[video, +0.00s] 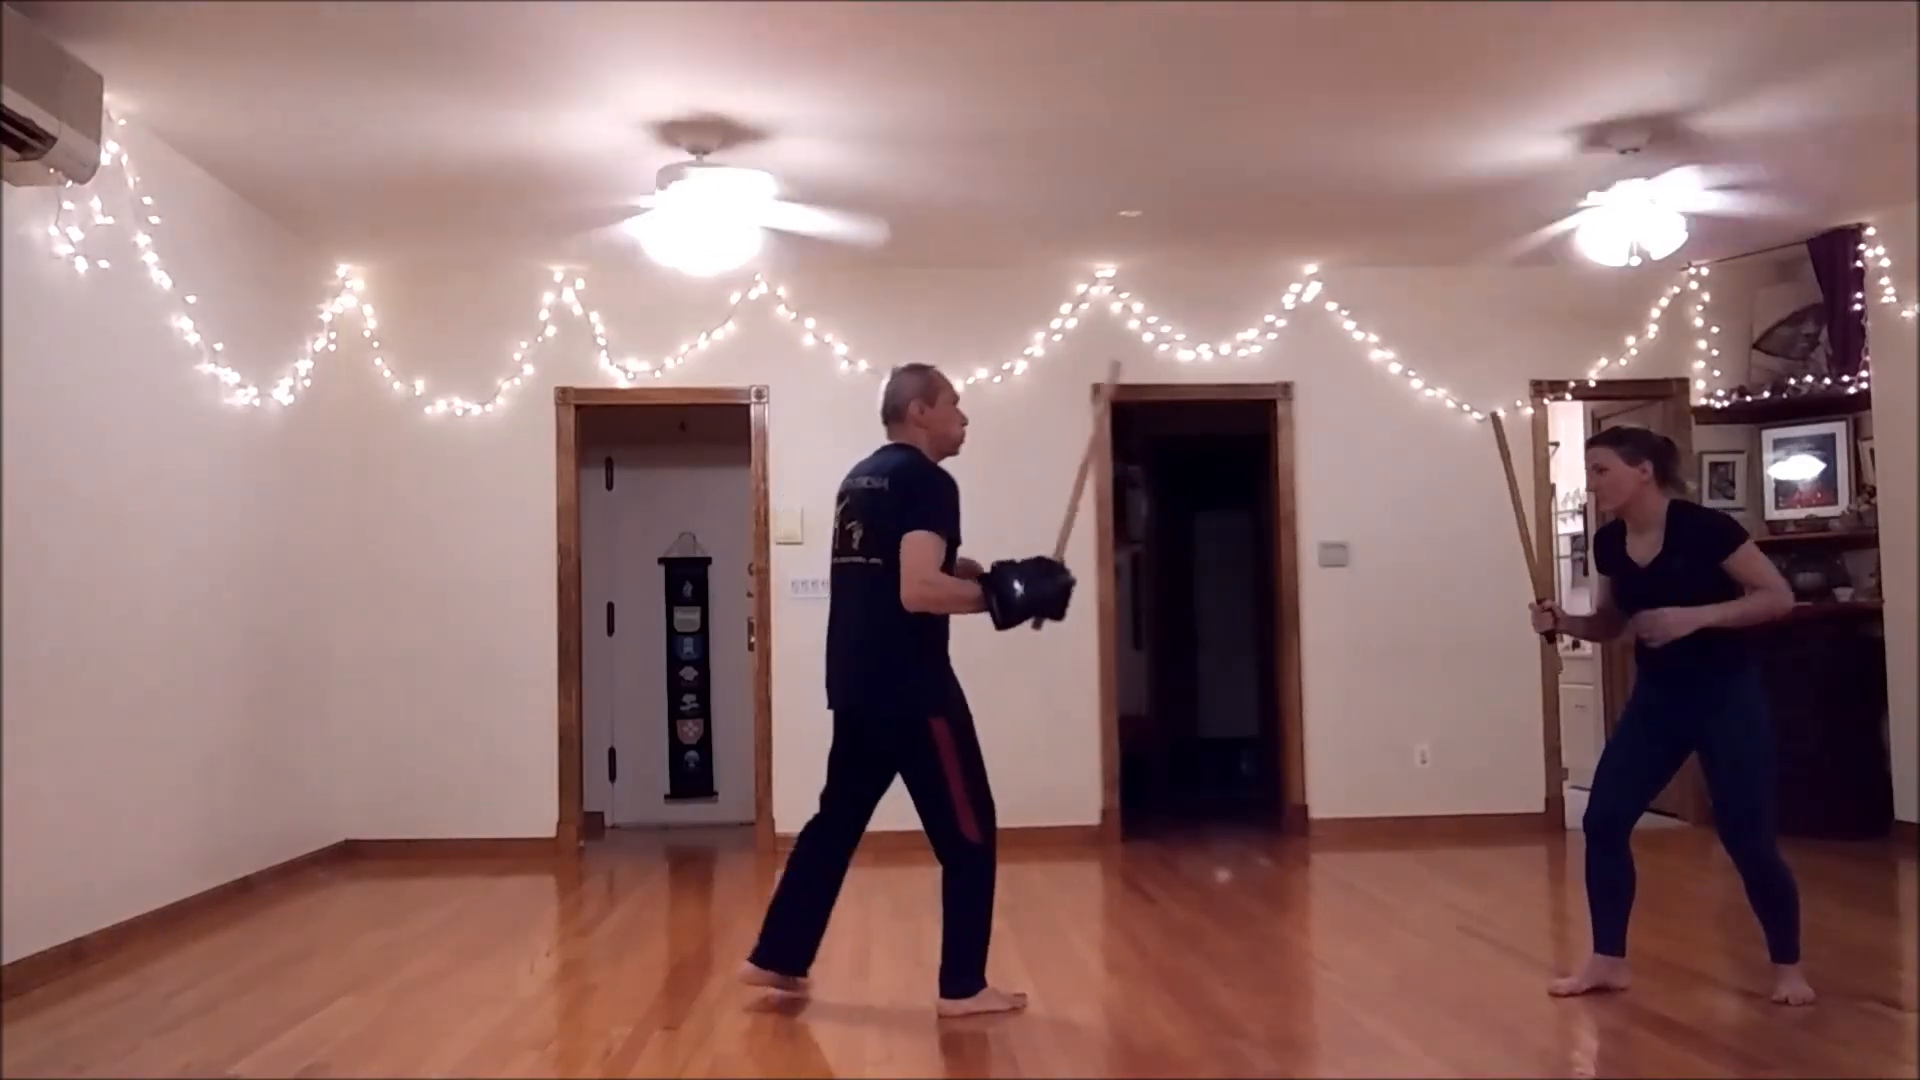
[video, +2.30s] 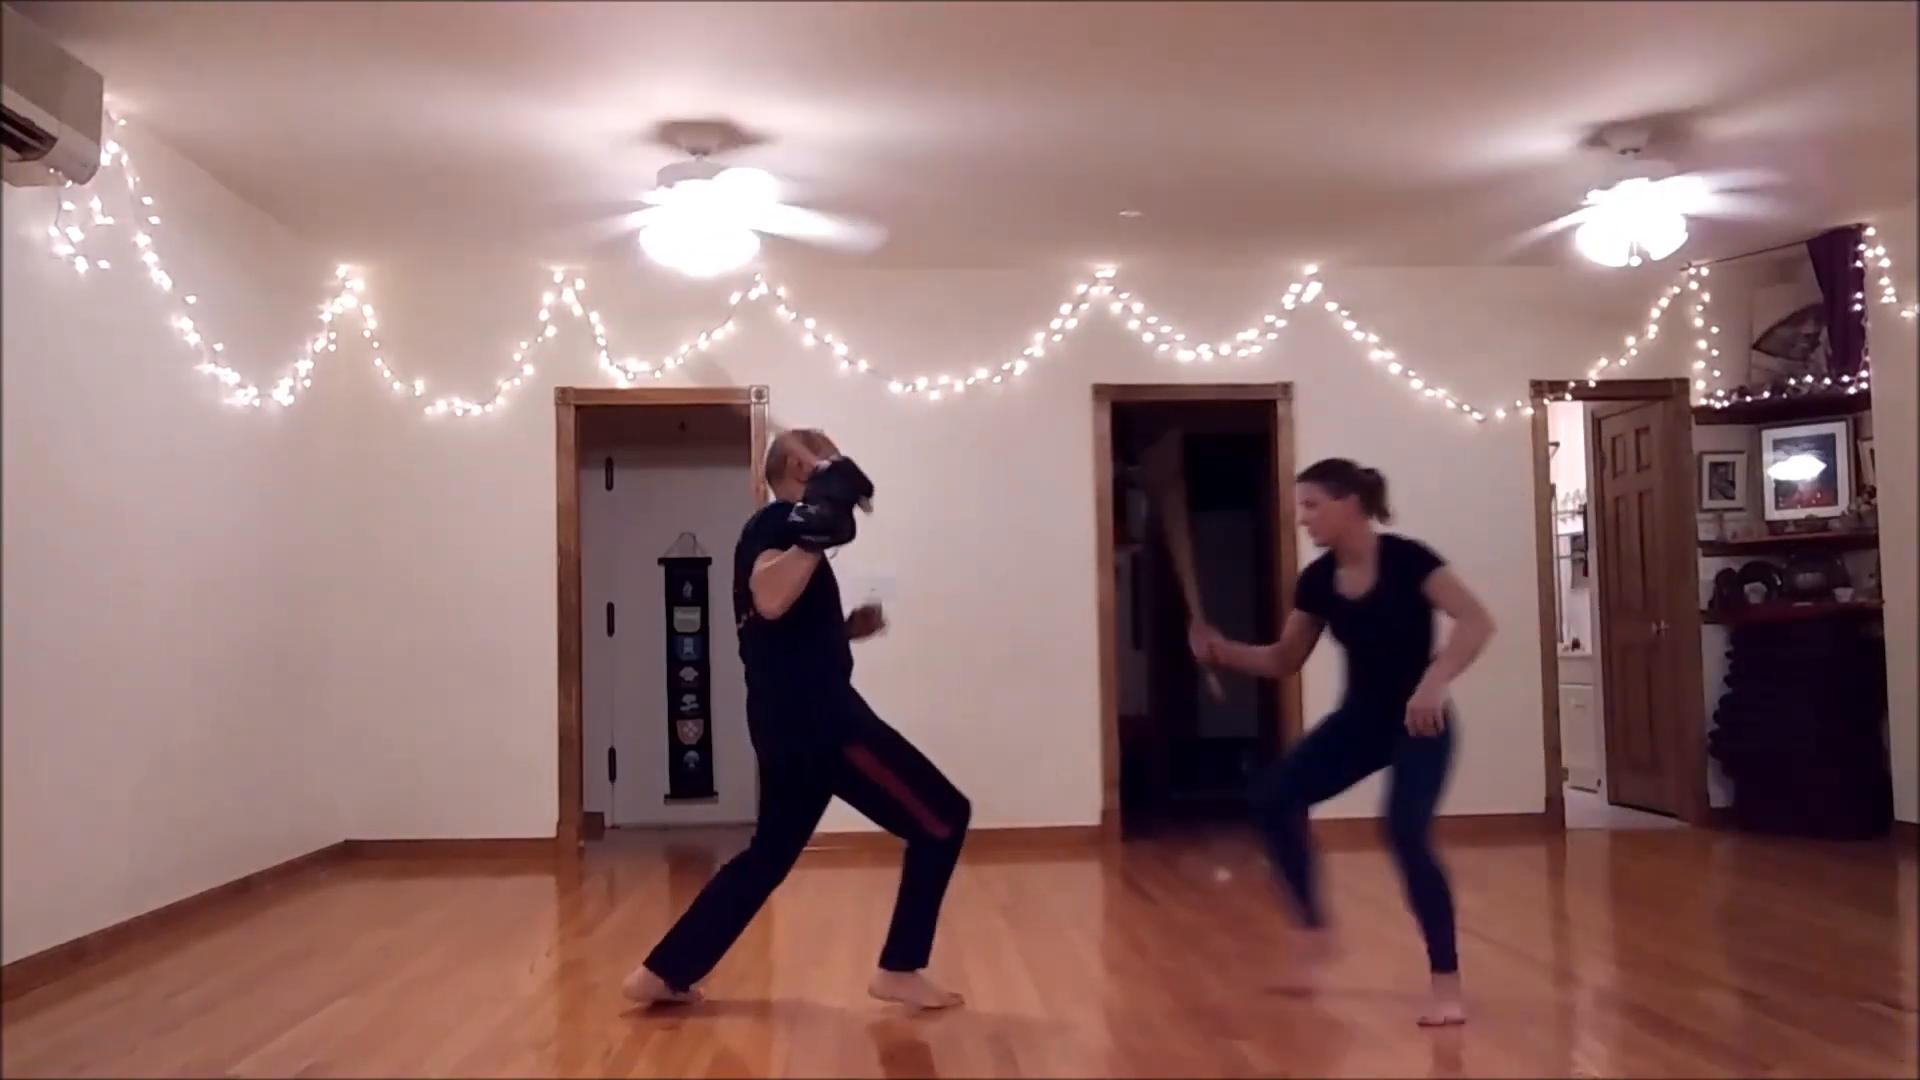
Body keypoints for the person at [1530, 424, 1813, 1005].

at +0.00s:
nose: (1592, 484)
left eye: (1601, 471)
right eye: (1589, 473)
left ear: (1641, 471)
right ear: (1626, 476)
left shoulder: (1703, 527)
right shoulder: (1609, 541)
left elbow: (1779, 597)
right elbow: (1613, 622)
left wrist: (1692, 616)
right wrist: (1564, 623)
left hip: (1728, 703)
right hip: (1657, 704)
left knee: (1747, 837)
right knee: (1604, 820)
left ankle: (1788, 968)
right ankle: (1607, 960)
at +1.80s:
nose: (1567, 505)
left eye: (1575, 492)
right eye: (1563, 495)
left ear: (1616, 489)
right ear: (1608, 495)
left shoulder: (1684, 548)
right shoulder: (1582, 563)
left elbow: (1745, 627)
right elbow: (1579, 647)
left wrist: (1666, 644)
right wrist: (1528, 642)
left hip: (1699, 717)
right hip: (1627, 718)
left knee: (1736, 843)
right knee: (1547, 818)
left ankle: (1788, 960)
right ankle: (1569, 956)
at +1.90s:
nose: (1531, 519)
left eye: (1540, 505)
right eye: (1529, 508)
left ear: (1582, 503)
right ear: (1566, 509)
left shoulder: (1650, 563)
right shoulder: (1544, 580)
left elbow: (1682, 650)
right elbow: (1521, 665)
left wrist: (1595, 634)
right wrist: (1469, 647)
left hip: (1664, 739)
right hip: (1593, 741)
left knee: (1723, 855)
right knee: (1499, 825)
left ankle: (1790, 960)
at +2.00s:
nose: (1464, 515)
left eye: (1473, 502)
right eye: (1459, 506)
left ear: (1510, 501)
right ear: (1468, 515)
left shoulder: (1567, 558)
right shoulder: (1470, 583)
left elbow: (1613, 634)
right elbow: (1431, 665)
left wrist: (1524, 612)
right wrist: (1369, 645)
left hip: (1600, 736)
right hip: (1528, 741)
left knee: (1686, 840)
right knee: (1437, 828)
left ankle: (1781, 950)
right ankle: (1393, 963)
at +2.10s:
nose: (1382, 515)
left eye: (1393, 502)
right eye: (1380, 504)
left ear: (1432, 504)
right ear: (1397, 515)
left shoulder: (1490, 555)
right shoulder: (1390, 585)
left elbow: (1557, 625)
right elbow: (1324, 652)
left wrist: (1482, 637)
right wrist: (1253, 653)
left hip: (1535, 725)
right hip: (1466, 734)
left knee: (1600, 843)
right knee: (1397, 830)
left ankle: (1695, 936)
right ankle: (1396, 974)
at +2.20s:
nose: (1334, 512)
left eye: (1343, 499)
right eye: (1332, 501)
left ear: (1384, 498)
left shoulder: (1443, 552)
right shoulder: (1344, 576)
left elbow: (1517, 621)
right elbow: (1288, 652)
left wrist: (1454, 665)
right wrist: (1221, 669)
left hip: (1477, 710)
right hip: (1413, 714)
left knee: (1494, 827)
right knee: (1358, 822)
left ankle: (1522, 945)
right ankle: (1389, 965)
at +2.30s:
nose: (1303, 519)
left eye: (1311, 506)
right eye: (1300, 508)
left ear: (1351, 504)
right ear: (1335, 511)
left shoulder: (1407, 560)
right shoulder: (1319, 580)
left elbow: (1476, 622)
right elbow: (1282, 661)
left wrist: (1434, 683)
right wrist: (1221, 651)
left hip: (1419, 720)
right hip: (1362, 722)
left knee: (1405, 829)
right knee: (1275, 796)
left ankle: (1445, 977)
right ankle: (1314, 932)